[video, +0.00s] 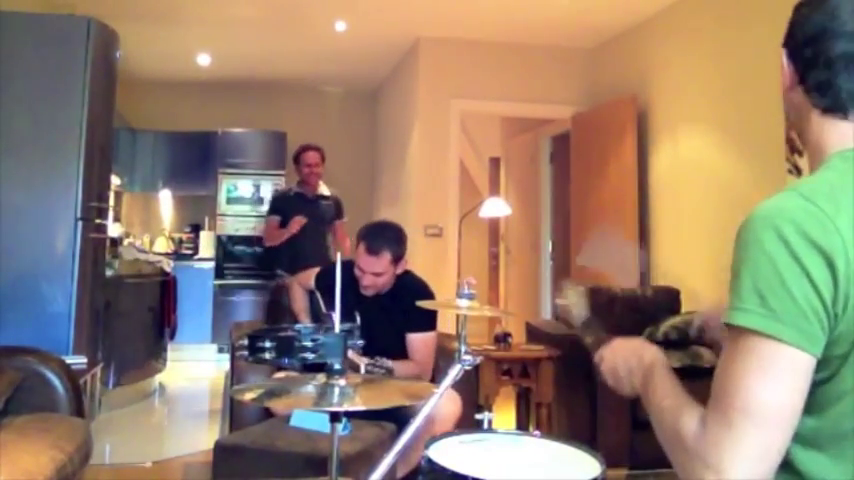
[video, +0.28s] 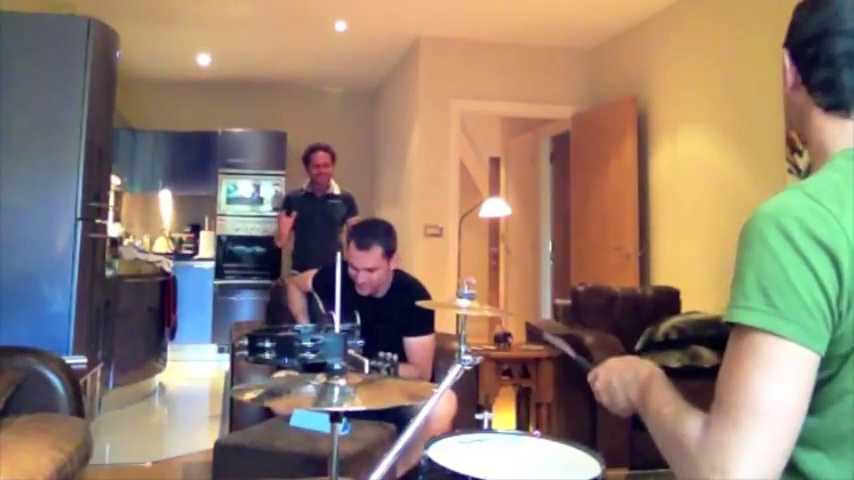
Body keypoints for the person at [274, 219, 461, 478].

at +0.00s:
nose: (366, 281)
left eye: (377, 274)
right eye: (360, 270)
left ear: (400, 266)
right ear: (355, 256)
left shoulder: (416, 294)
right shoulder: (339, 274)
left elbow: (423, 370)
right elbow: (296, 283)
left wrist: (370, 365)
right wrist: (308, 330)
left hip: (394, 389)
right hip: (337, 381)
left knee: (449, 404)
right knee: (280, 394)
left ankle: (393, 473)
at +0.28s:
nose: (360, 279)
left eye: (370, 271)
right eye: (354, 269)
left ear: (392, 262)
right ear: (346, 258)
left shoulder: (412, 295)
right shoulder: (335, 277)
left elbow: (422, 371)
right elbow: (294, 285)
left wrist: (369, 367)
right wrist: (305, 328)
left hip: (390, 390)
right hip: (335, 382)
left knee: (444, 403)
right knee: (279, 397)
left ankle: (391, 473)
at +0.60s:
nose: (359, 276)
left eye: (369, 267)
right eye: (352, 266)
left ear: (389, 258)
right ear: (344, 257)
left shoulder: (411, 295)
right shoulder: (335, 277)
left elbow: (423, 371)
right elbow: (293, 287)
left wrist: (370, 366)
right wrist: (304, 327)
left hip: (389, 389)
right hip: (334, 382)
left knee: (437, 403)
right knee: (280, 388)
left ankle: (389, 473)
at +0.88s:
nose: (360, 278)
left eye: (370, 268)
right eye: (352, 268)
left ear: (390, 258)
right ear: (344, 258)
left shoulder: (412, 295)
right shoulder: (336, 277)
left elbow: (424, 371)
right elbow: (293, 287)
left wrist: (371, 366)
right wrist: (305, 329)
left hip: (389, 388)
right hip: (336, 381)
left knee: (438, 403)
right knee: (280, 388)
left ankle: (387, 473)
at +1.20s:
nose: (361, 278)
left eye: (370, 269)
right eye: (353, 268)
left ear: (390, 259)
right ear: (344, 258)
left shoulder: (413, 295)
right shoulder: (335, 278)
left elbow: (423, 371)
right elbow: (294, 285)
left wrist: (368, 365)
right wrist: (306, 331)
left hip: (390, 388)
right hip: (337, 381)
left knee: (439, 403)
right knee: (282, 386)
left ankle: (389, 473)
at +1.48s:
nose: (358, 283)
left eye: (366, 273)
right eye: (351, 274)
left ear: (388, 261)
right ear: (344, 264)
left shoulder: (412, 295)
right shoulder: (333, 279)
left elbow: (424, 371)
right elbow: (294, 285)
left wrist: (370, 365)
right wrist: (306, 330)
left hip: (389, 389)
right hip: (335, 382)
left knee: (440, 402)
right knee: (280, 387)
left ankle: (388, 473)